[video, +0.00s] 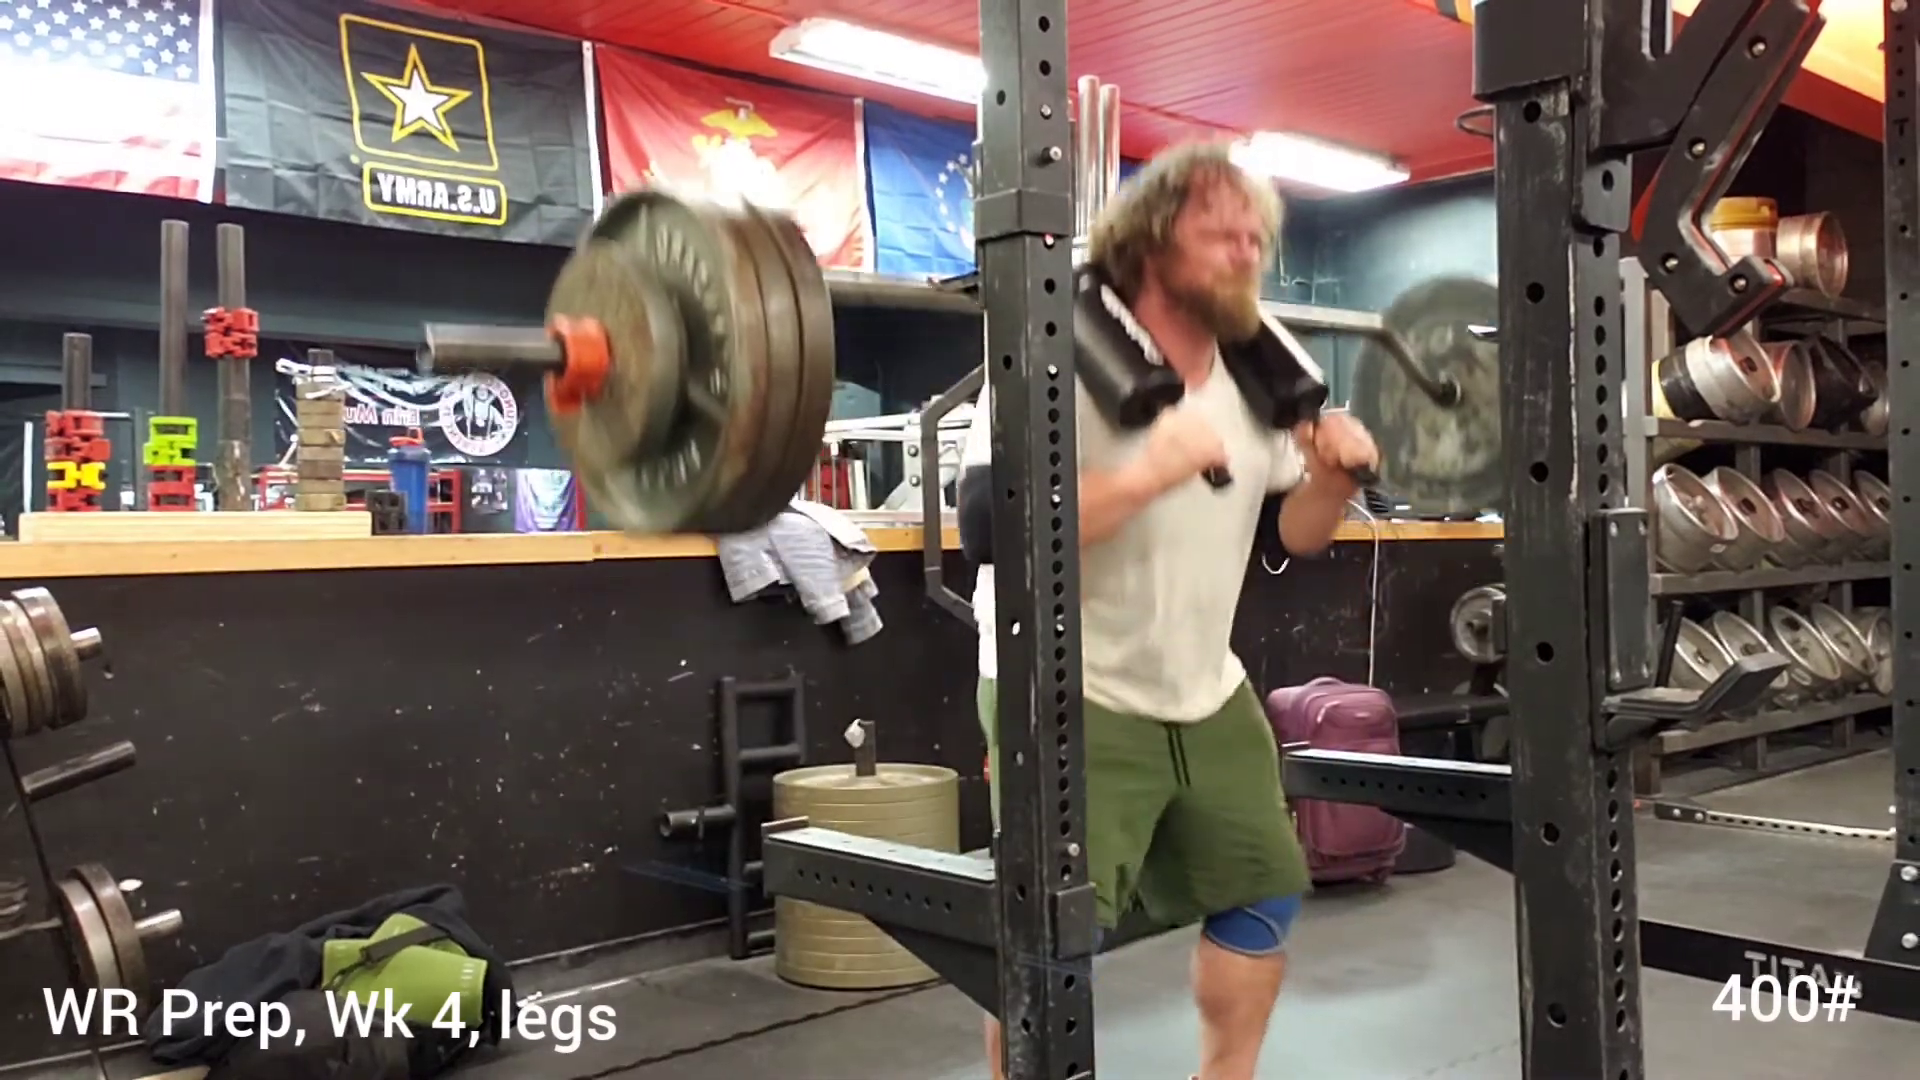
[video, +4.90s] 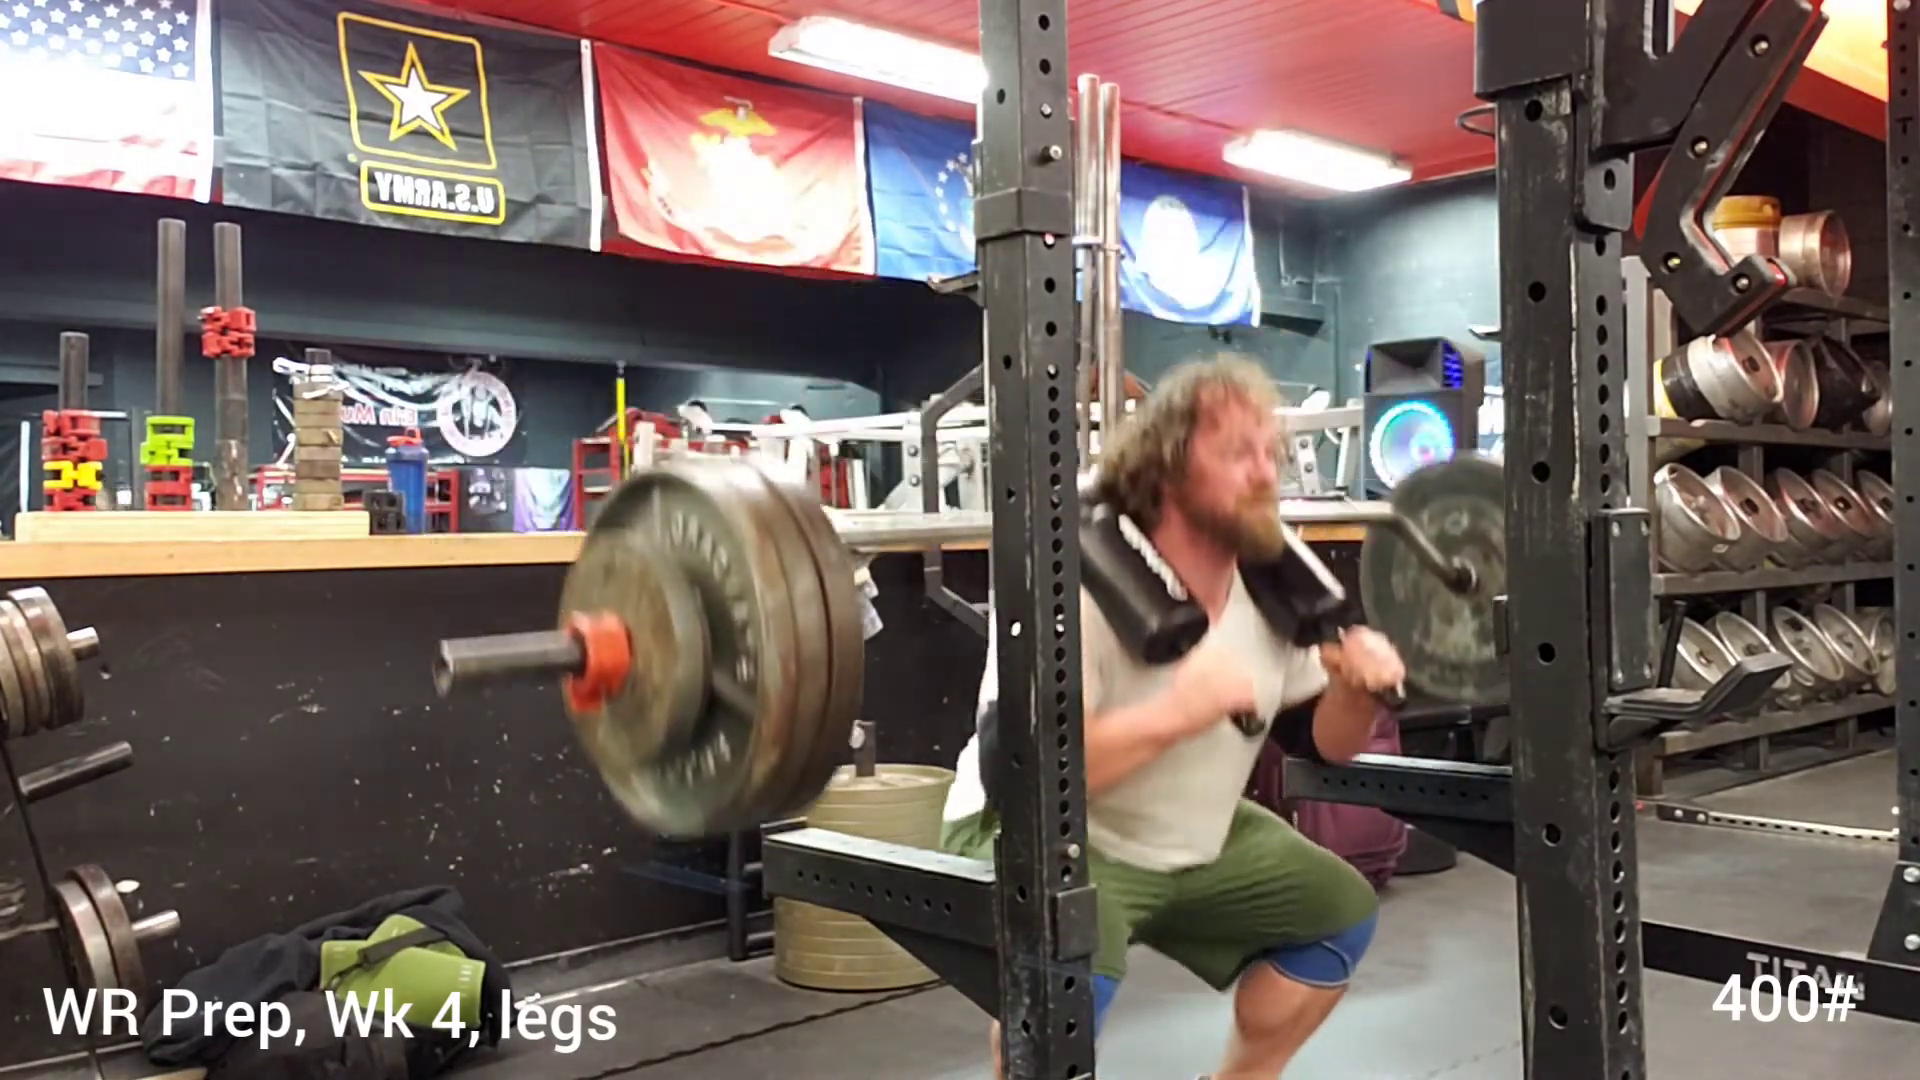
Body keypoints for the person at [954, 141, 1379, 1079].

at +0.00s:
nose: (1242, 247)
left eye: (1253, 231)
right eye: (1217, 226)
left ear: (1262, 249)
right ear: (1155, 234)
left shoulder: (1258, 358)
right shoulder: (1066, 346)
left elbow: (1300, 538)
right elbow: (1027, 526)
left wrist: (1334, 476)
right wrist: (1149, 472)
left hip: (1207, 686)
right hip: (1080, 690)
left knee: (1260, 892)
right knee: (1056, 927)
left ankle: (1227, 1072)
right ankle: (1019, 1069)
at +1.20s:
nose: (1235, 346)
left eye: (1243, 328)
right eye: (1210, 329)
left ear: (1253, 340)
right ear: (1144, 343)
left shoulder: (1252, 443)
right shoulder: (1055, 446)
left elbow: (1315, 622)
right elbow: (1009, 640)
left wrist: (1336, 557)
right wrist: (1149, 573)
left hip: (1205, 760)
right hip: (1070, 769)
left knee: (1317, 911)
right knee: (1086, 980)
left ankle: (1238, 1074)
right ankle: (1042, 1072)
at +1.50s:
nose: (1248, 471)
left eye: (1255, 455)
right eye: (1221, 453)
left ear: (1266, 463)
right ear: (1154, 462)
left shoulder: (1259, 570)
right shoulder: (1058, 574)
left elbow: (1326, 738)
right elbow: (1017, 774)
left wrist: (1352, 680)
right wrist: (1163, 709)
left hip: (1187, 832)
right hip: (1048, 840)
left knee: (1328, 910)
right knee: (1087, 958)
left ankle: (1239, 1072)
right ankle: (1032, 1069)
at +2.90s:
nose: (1249, 354)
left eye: (1255, 336)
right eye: (1225, 334)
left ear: (1263, 348)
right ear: (1157, 345)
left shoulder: (1258, 457)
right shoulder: (1063, 448)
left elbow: (1315, 629)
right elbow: (1004, 630)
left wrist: (1340, 567)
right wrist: (1156, 579)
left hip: (1197, 752)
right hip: (1060, 754)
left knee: (1306, 905)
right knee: (1059, 956)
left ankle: (1235, 1075)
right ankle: (1007, 1069)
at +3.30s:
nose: (1230, 200)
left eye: (1237, 185)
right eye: (1202, 182)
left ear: (1246, 204)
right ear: (1134, 201)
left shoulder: (1245, 334)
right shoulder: (1049, 308)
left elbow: (1297, 495)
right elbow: (978, 489)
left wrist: (1331, 423)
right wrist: (1135, 424)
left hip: (1204, 672)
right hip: (1070, 673)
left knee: (1228, 901)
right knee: (1043, 918)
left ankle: (1225, 1074)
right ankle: (1020, 1072)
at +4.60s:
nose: (1248, 350)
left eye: (1254, 330)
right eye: (1223, 331)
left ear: (1263, 341)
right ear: (1156, 347)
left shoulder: (1266, 457)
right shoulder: (1069, 457)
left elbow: (1324, 633)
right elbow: (1017, 647)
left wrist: (1349, 570)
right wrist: (1161, 582)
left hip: (1200, 759)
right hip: (1057, 765)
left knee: (1312, 905)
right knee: (1070, 960)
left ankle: (1239, 1073)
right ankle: (1016, 1069)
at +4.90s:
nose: (1263, 472)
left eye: (1270, 452)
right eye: (1237, 452)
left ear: (1281, 458)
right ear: (1170, 460)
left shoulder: (1272, 569)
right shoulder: (1075, 570)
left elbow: (1331, 745)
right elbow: (1033, 772)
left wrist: (1356, 685)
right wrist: (1175, 712)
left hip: (1196, 829)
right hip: (1057, 836)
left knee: (1337, 913)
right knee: (1079, 965)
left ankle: (1243, 1074)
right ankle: (1023, 1069)